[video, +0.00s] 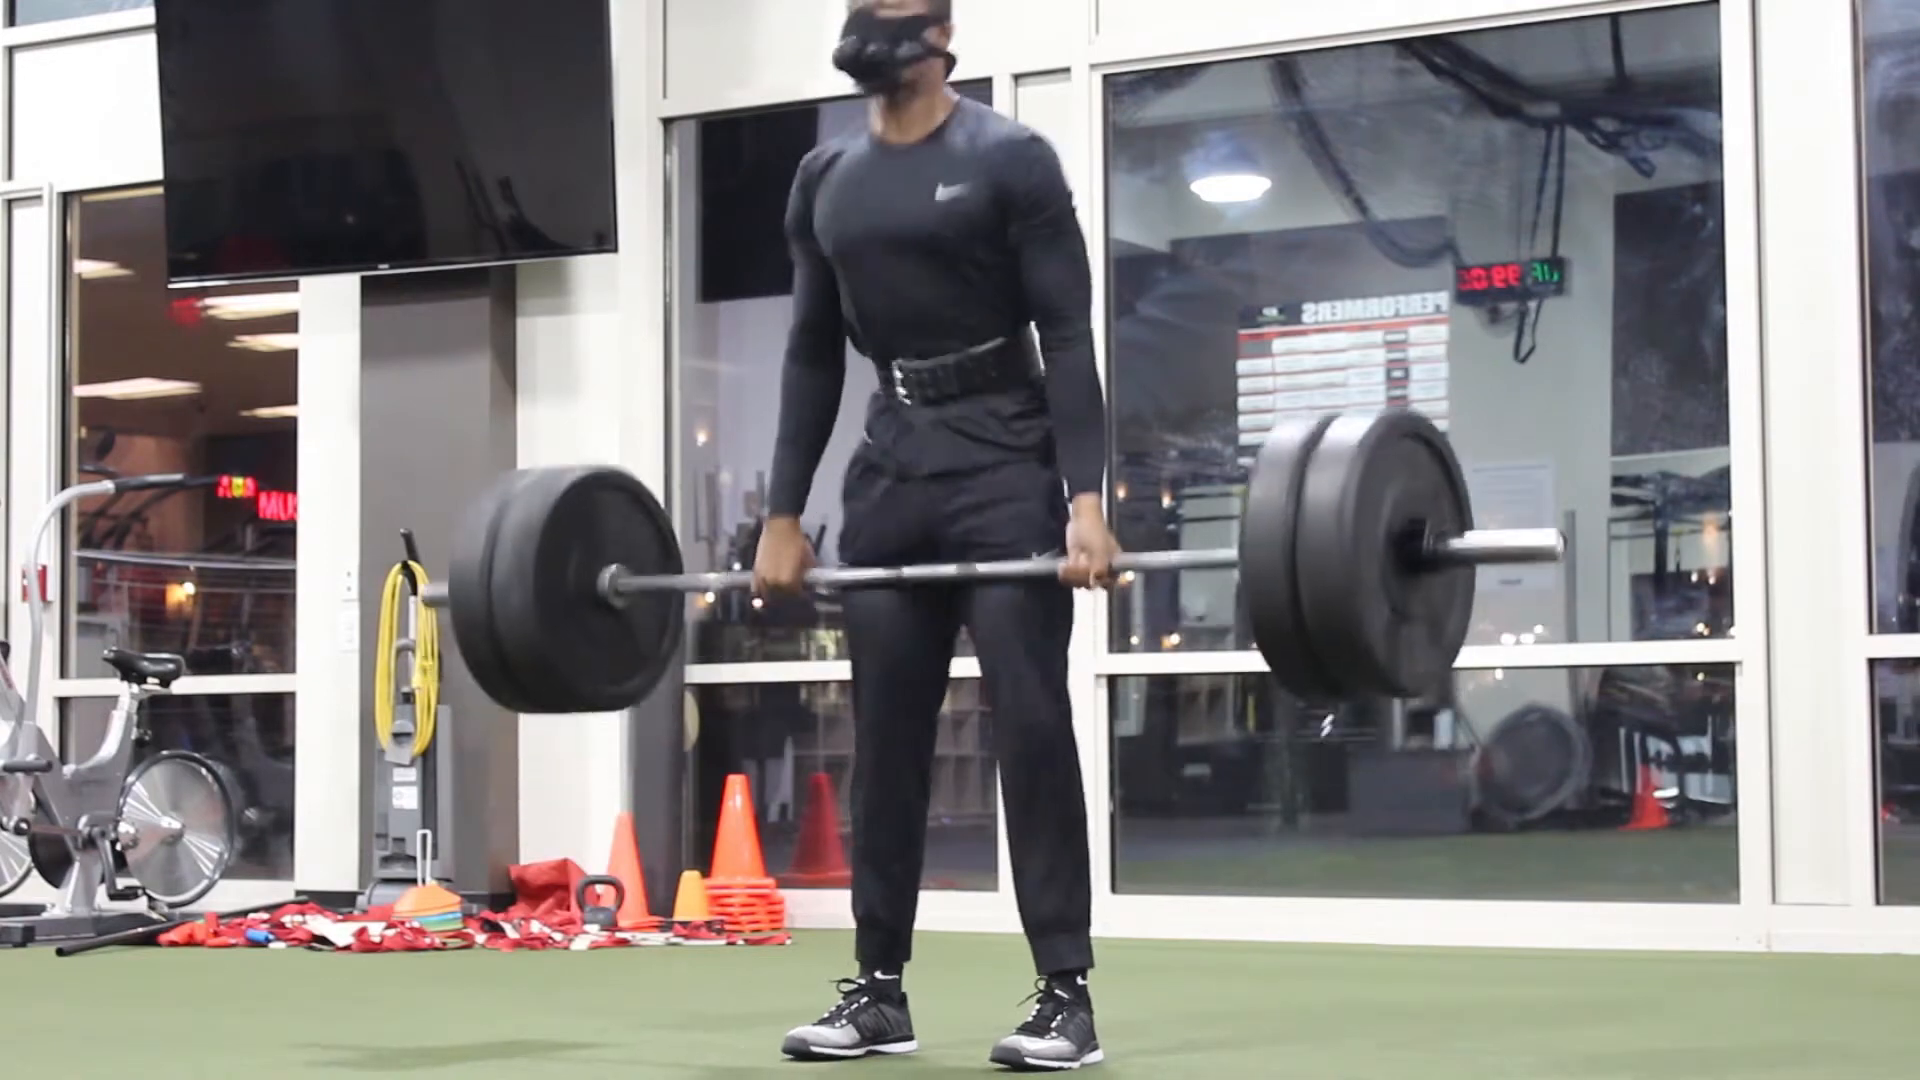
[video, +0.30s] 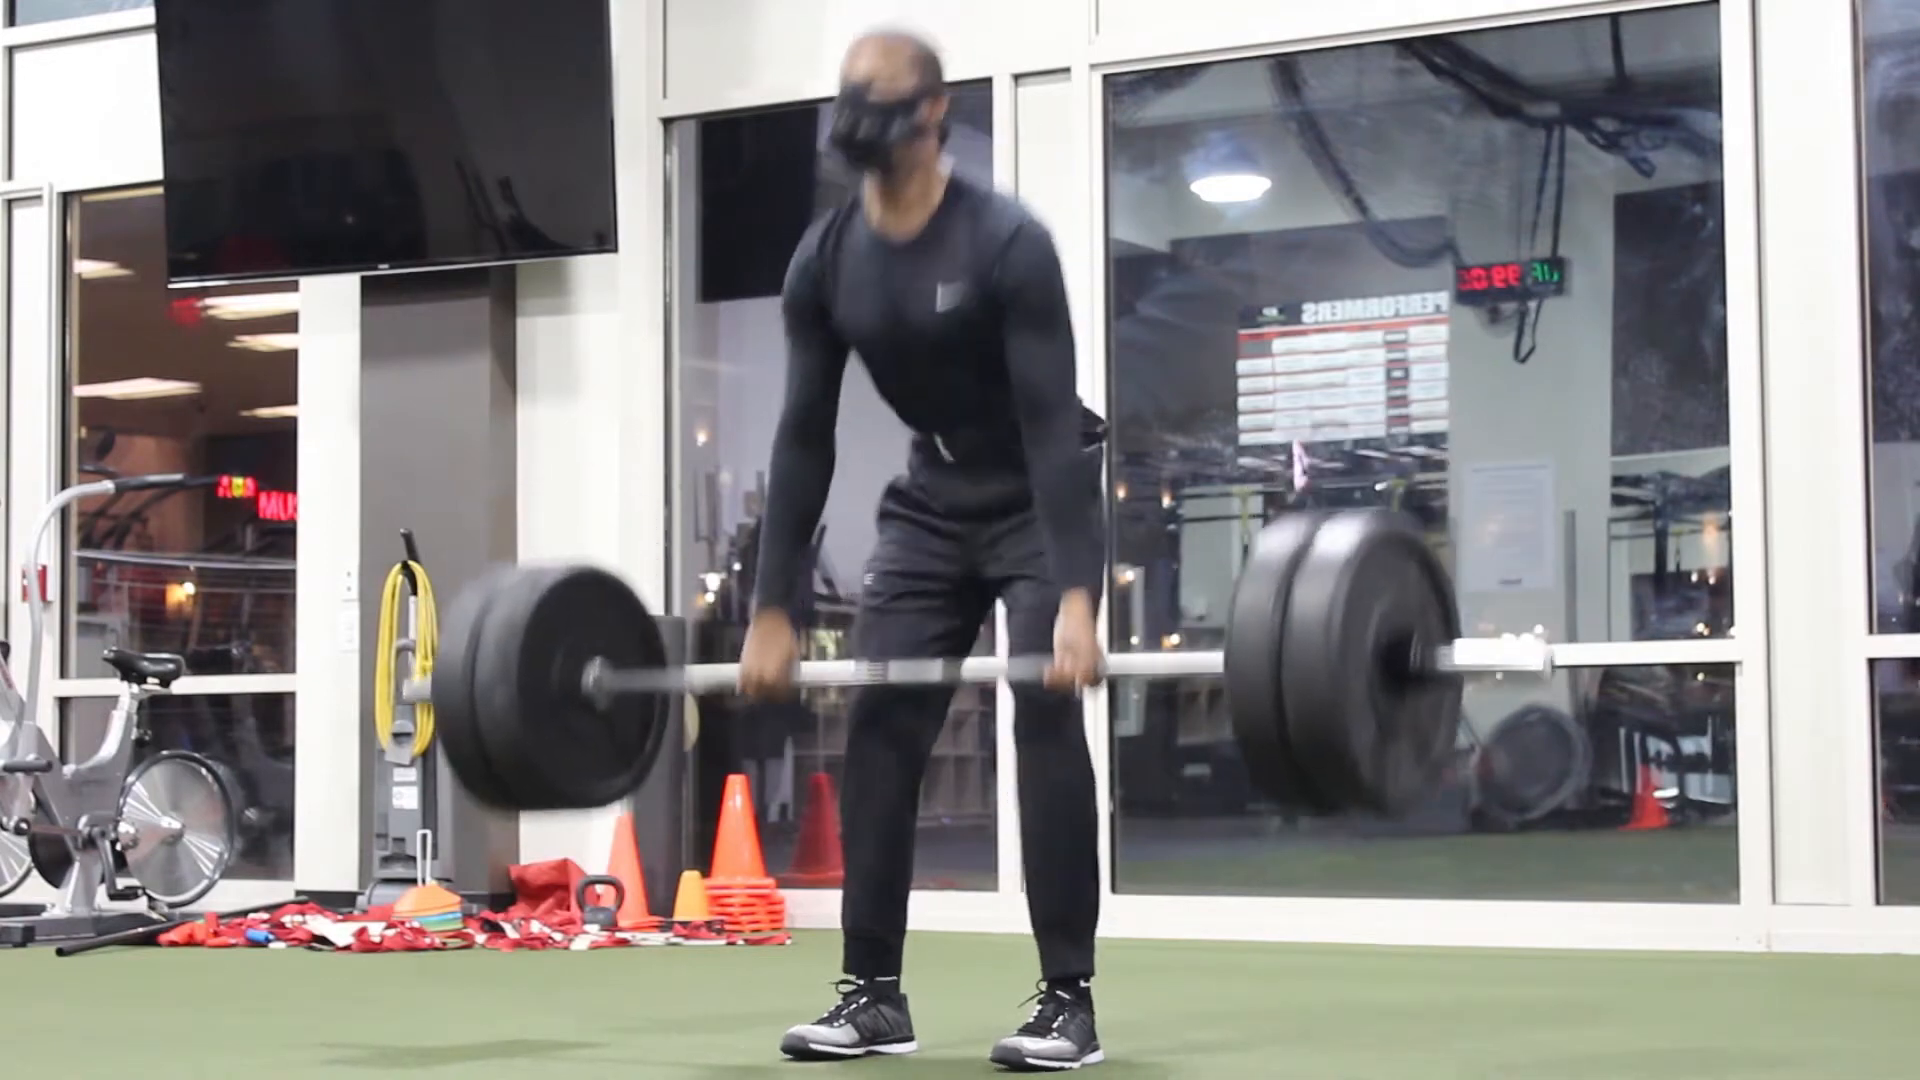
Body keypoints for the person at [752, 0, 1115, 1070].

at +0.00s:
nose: (890, 23)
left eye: (911, 10)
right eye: (873, 11)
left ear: (948, 32)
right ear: (849, 40)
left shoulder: (1012, 157)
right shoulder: (824, 179)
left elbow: (1069, 335)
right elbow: (812, 353)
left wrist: (1085, 499)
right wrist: (785, 510)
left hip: (1010, 440)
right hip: (892, 443)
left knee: (1032, 723)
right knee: (887, 729)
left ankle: (1064, 995)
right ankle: (879, 989)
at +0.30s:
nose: (859, 120)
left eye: (881, 103)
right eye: (849, 102)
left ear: (936, 110)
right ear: (837, 115)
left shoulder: (1008, 242)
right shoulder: (823, 261)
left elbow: (1055, 426)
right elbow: (802, 437)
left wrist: (1077, 593)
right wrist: (775, 605)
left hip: (1041, 499)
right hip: (930, 500)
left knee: (1043, 711)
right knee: (883, 714)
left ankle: (1067, 999)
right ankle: (873, 993)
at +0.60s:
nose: (811, 360)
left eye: (833, 342)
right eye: (802, 340)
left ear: (891, 348)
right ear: (790, 340)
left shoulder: (982, 446)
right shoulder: (794, 473)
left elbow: (1053, 630)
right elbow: (786, 644)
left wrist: (1079, 808)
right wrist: (768, 814)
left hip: (1050, 560)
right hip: (933, 578)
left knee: (1014, 729)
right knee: (835, 737)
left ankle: (1062, 1001)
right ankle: (871, 999)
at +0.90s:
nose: (788, 346)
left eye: (810, 329)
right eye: (778, 330)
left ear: (873, 342)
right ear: (769, 340)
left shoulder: (969, 431)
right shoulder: (776, 457)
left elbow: (1048, 611)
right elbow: (779, 623)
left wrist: (1082, 783)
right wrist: (771, 792)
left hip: (1040, 534)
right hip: (922, 559)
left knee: (1021, 727)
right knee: (846, 729)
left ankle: (1064, 999)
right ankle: (871, 997)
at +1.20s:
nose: (813, 148)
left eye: (838, 130)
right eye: (806, 129)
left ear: (899, 138)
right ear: (799, 138)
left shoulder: (987, 258)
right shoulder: (796, 273)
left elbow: (1056, 424)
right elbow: (789, 443)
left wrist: (1078, 585)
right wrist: (775, 604)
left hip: (1026, 497)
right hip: (911, 499)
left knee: (1034, 719)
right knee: (878, 728)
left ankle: (1066, 995)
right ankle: (874, 991)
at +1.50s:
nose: (887, 22)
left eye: (912, 10)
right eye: (874, 12)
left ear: (953, 34)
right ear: (853, 37)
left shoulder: (1016, 161)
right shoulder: (825, 182)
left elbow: (1056, 339)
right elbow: (809, 356)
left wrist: (1076, 499)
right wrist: (774, 514)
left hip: (1003, 451)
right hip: (883, 455)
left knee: (1018, 719)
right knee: (876, 731)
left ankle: (1063, 995)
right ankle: (875, 991)